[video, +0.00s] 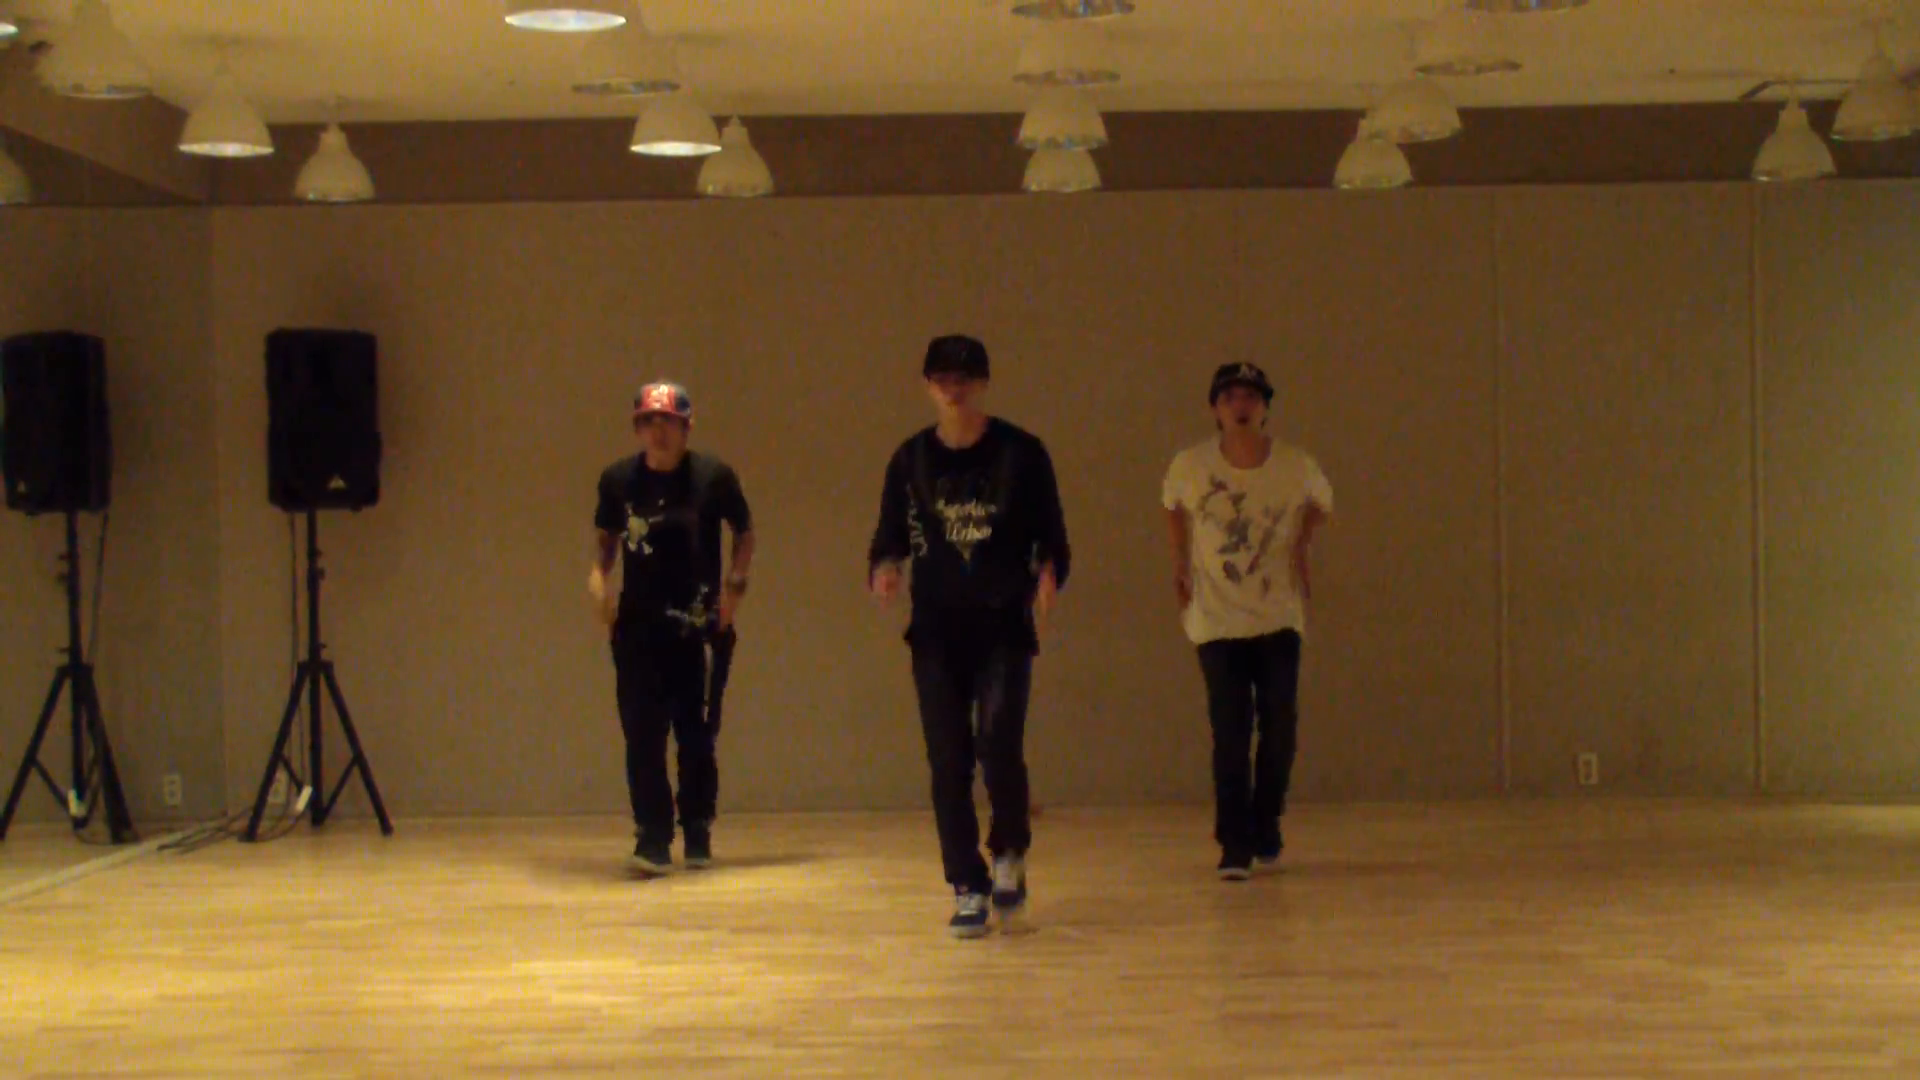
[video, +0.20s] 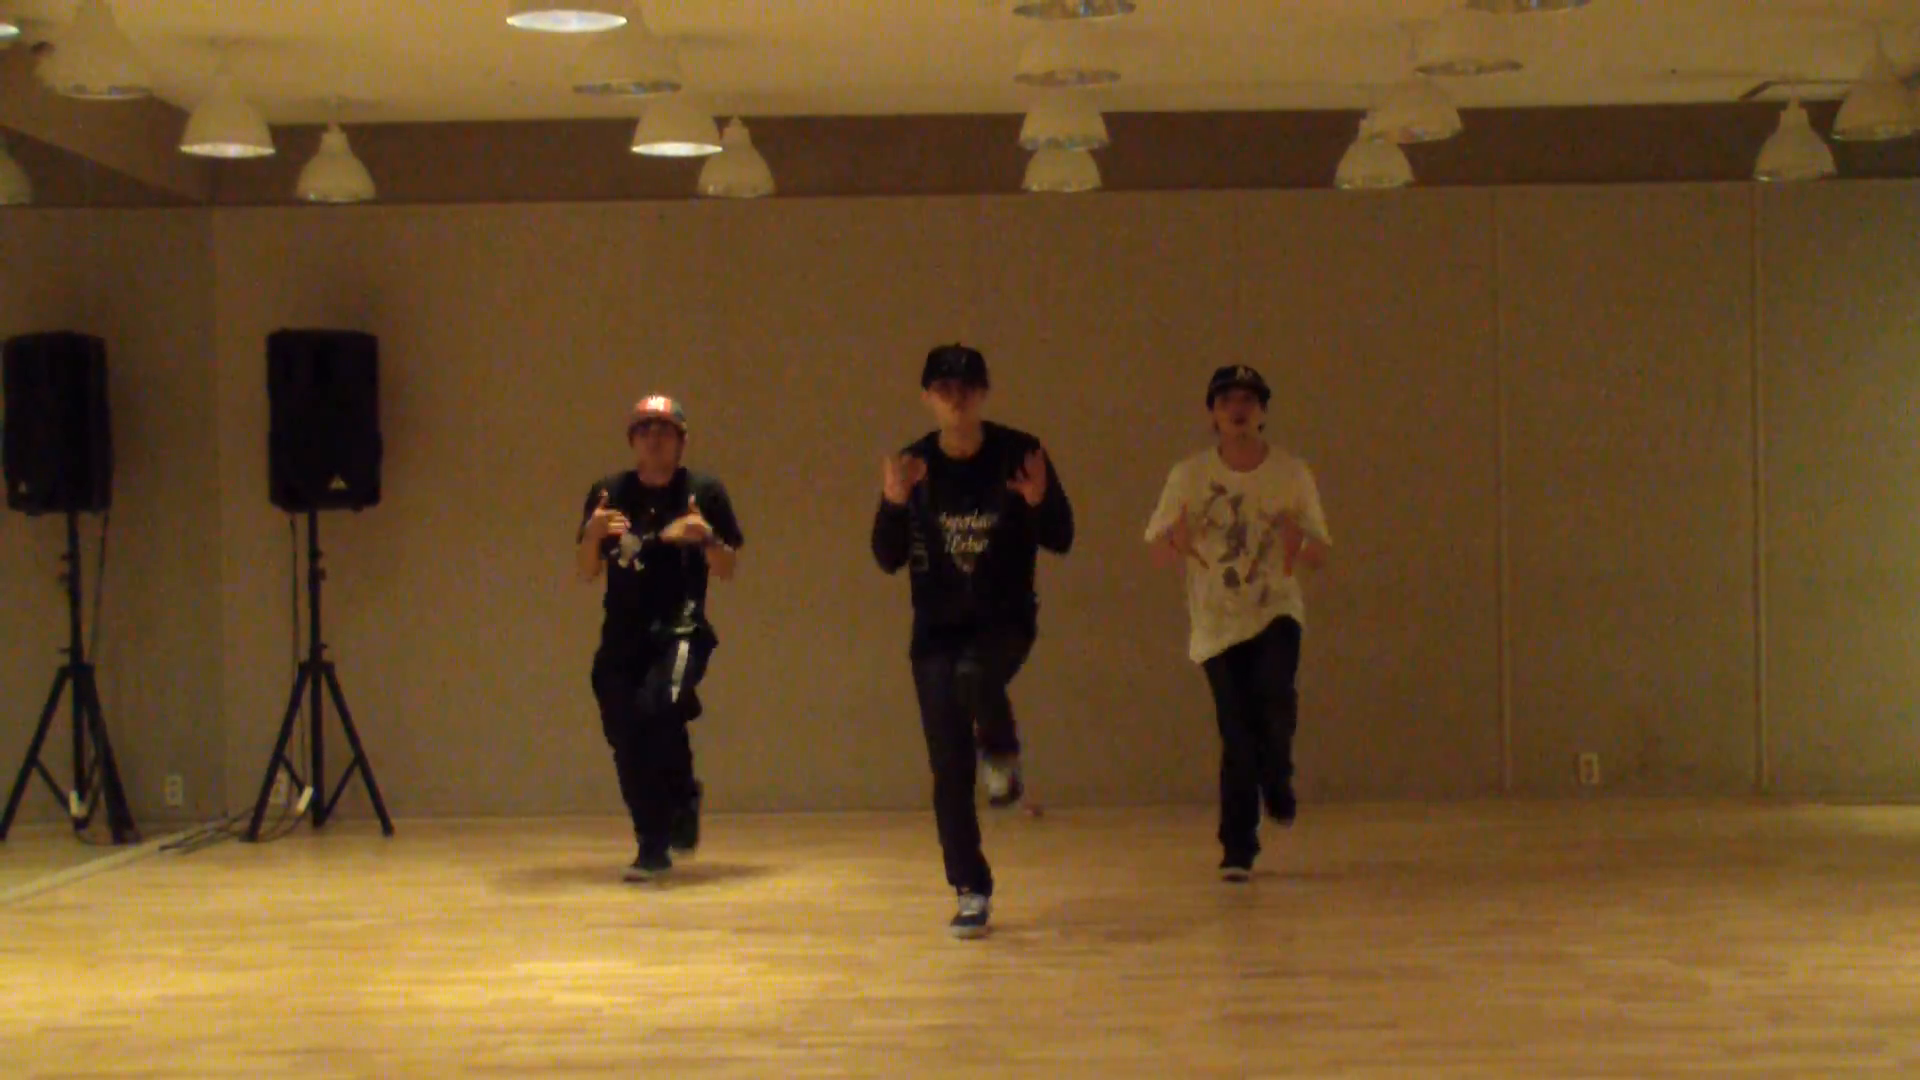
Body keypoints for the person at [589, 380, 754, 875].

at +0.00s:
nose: (658, 429)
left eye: (667, 420)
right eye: (650, 421)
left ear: (686, 425)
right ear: (637, 427)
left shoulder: (714, 478)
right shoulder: (619, 480)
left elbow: (744, 531)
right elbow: (606, 540)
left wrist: (733, 589)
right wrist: (601, 582)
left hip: (699, 631)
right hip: (638, 628)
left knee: (696, 737)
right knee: (643, 739)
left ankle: (698, 830)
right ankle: (652, 839)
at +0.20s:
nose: (654, 439)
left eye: (663, 431)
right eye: (644, 431)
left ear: (681, 440)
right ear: (632, 440)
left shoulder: (704, 493)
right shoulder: (610, 494)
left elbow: (726, 568)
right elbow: (588, 572)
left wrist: (705, 537)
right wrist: (594, 537)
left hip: (680, 629)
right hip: (624, 630)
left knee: (659, 709)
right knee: (625, 736)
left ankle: (682, 802)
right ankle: (651, 841)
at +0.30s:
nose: (652, 449)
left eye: (663, 440)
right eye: (644, 440)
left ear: (681, 450)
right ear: (630, 449)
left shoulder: (699, 501)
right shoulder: (607, 497)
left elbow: (696, 555)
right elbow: (584, 556)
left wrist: (677, 515)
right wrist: (591, 530)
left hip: (672, 638)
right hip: (615, 640)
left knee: (654, 717)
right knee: (621, 740)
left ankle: (651, 837)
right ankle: (652, 838)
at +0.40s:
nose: (650, 462)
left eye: (661, 453)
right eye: (642, 453)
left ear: (677, 464)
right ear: (629, 462)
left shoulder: (693, 511)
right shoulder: (608, 506)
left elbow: (692, 530)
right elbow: (589, 514)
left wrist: (665, 519)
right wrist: (592, 524)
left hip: (667, 643)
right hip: (611, 645)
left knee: (648, 727)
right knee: (614, 744)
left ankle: (629, 820)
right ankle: (657, 834)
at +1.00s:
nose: (624, 458)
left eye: (635, 448)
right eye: (614, 448)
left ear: (652, 460)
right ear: (599, 457)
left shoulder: (674, 530)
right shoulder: (571, 512)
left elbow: (697, 617)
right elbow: (563, 580)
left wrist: (712, 695)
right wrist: (605, 582)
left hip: (649, 663)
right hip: (593, 657)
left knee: (617, 769)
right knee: (562, 757)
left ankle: (645, 871)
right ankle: (673, 760)